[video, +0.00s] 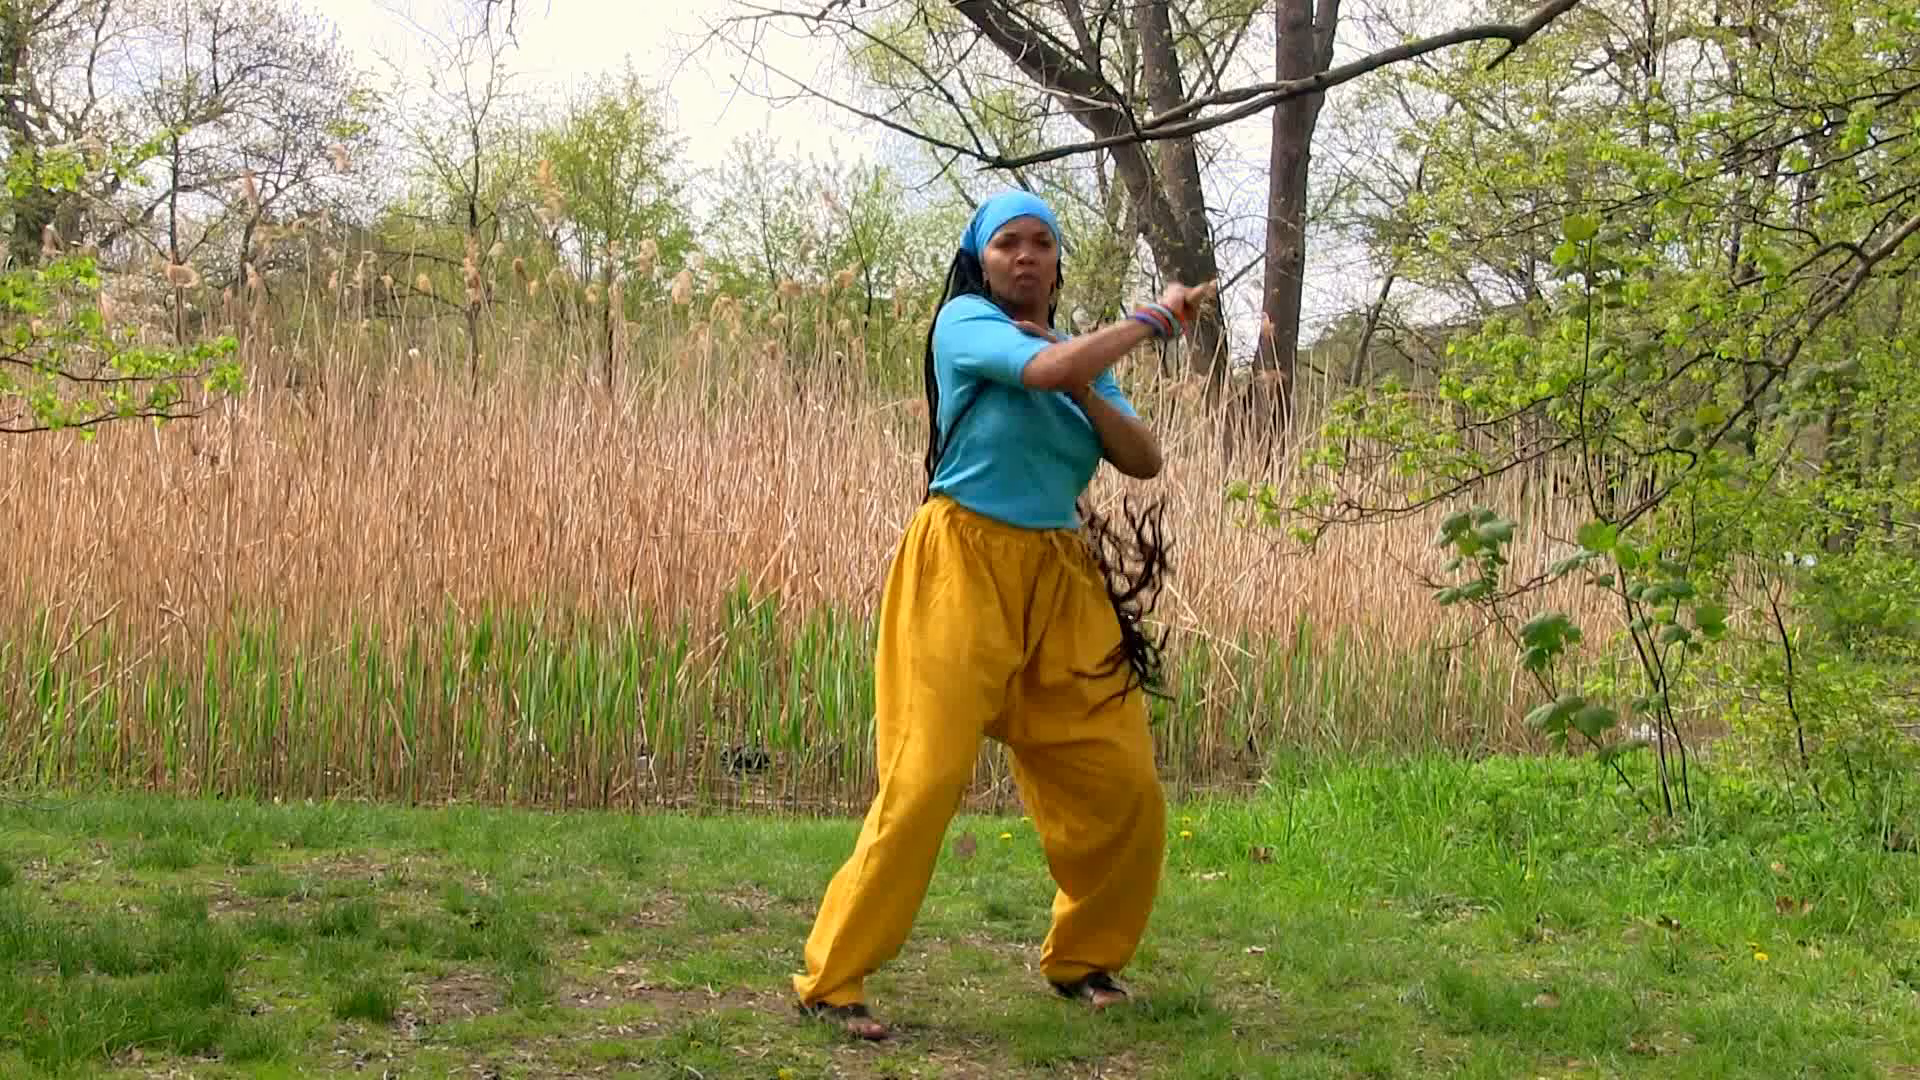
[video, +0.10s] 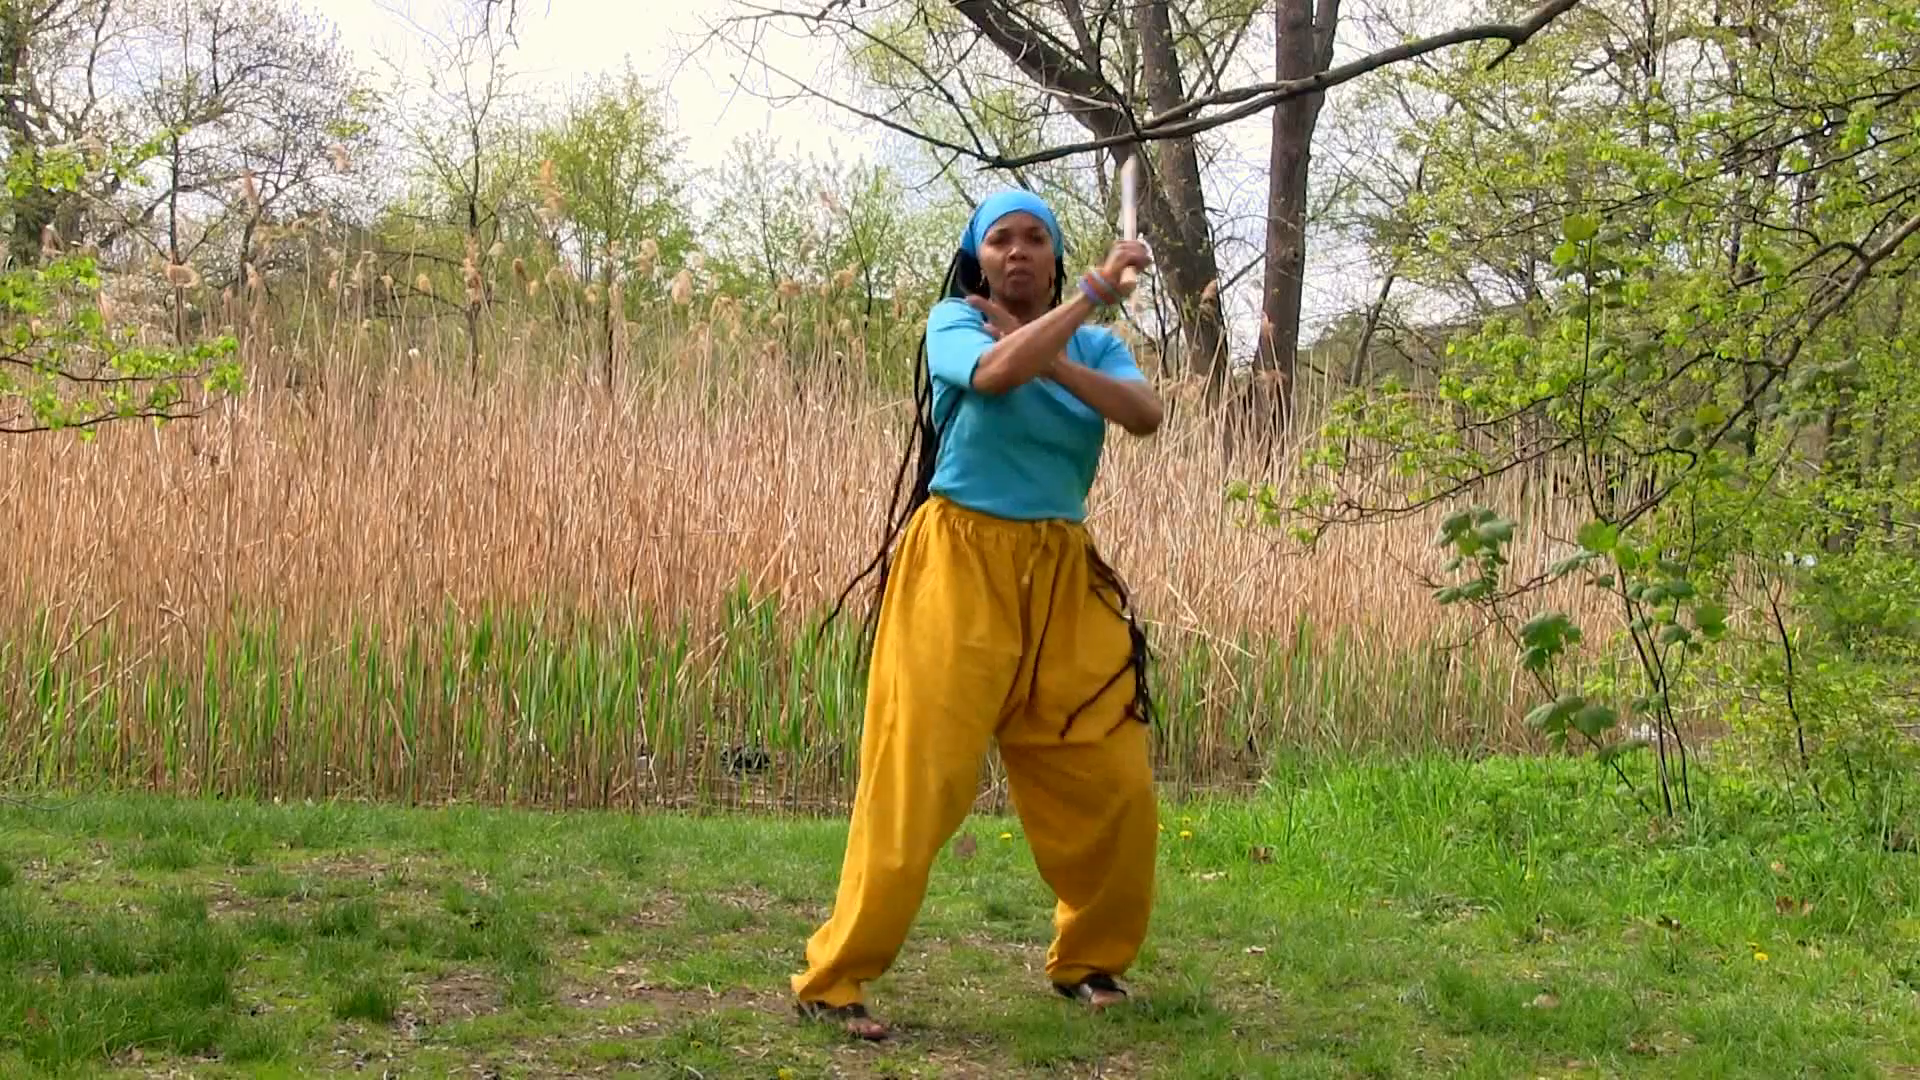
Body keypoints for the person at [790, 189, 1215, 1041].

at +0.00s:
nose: (1028, 256)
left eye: (1041, 244)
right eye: (1010, 244)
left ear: (1061, 263)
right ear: (980, 261)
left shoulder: (1079, 357)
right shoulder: (965, 322)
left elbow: (1145, 459)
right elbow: (1046, 366)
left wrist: (1090, 389)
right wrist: (1145, 320)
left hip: (1061, 572)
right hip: (963, 560)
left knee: (1127, 788)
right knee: (926, 778)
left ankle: (1079, 960)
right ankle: (831, 981)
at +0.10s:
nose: (1020, 251)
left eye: (1034, 239)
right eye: (1004, 241)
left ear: (1060, 259)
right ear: (978, 263)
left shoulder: (1094, 331)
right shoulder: (956, 321)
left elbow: (1146, 414)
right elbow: (996, 371)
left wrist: (1053, 361)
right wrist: (1093, 292)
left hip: (1061, 568)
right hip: (959, 559)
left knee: (1118, 782)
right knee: (922, 773)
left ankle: (1087, 961)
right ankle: (835, 981)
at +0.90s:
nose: (984, 223)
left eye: (984, 210)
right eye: (965, 214)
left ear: (984, 221)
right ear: (915, 238)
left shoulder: (997, 292)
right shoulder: (884, 333)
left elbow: (1000, 393)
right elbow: (915, 465)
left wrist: (1059, 466)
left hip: (1009, 509)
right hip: (912, 526)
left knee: (1078, 686)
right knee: (917, 742)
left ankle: (1042, 886)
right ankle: (899, 934)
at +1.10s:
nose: (1016, 231)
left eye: (1014, 216)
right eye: (1005, 217)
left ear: (950, 227)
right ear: (964, 226)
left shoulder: (898, 296)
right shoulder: (970, 303)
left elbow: (826, 402)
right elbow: (1007, 441)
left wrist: (876, 463)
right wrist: (1046, 471)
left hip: (881, 499)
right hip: (928, 510)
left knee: (1004, 691)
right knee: (904, 714)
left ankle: (887, 842)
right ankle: (838, 930)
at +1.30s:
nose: (1005, 296)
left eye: (1003, 281)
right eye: (999, 282)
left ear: (919, 289)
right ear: (966, 291)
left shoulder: (861, 345)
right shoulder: (998, 369)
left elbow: (762, 402)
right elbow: (1012, 506)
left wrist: (747, 500)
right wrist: (984, 536)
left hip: (840, 535)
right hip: (943, 546)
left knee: (842, 732)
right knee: (950, 759)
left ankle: (796, 903)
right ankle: (855, 935)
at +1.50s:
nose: (1001, 322)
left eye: (996, 309)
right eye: (991, 311)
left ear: (917, 319)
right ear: (959, 320)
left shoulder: (868, 371)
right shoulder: (997, 384)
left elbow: (763, 416)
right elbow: (1040, 514)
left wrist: (778, 513)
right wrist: (1012, 544)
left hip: (852, 558)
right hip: (949, 564)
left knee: (862, 741)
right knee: (1038, 743)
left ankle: (802, 909)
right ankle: (956, 890)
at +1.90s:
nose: (1162, 274)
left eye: (1156, 261)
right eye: (1151, 263)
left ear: (1083, 281)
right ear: (1119, 278)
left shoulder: (1046, 347)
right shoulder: (1151, 331)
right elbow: (1268, 373)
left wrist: (1183, 331)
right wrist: (1351, 354)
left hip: (1073, 533)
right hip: (1179, 522)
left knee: (1017, 707)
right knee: (1288, 704)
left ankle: (1025, 870)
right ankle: (1359, 889)